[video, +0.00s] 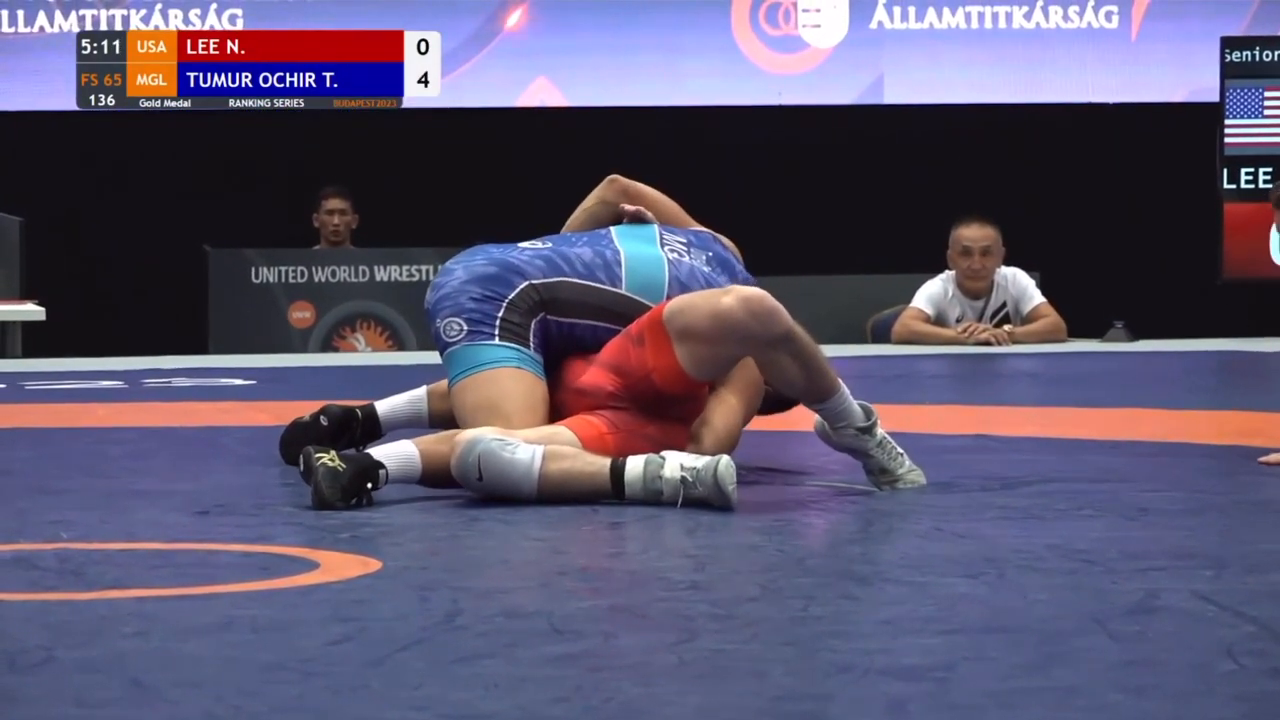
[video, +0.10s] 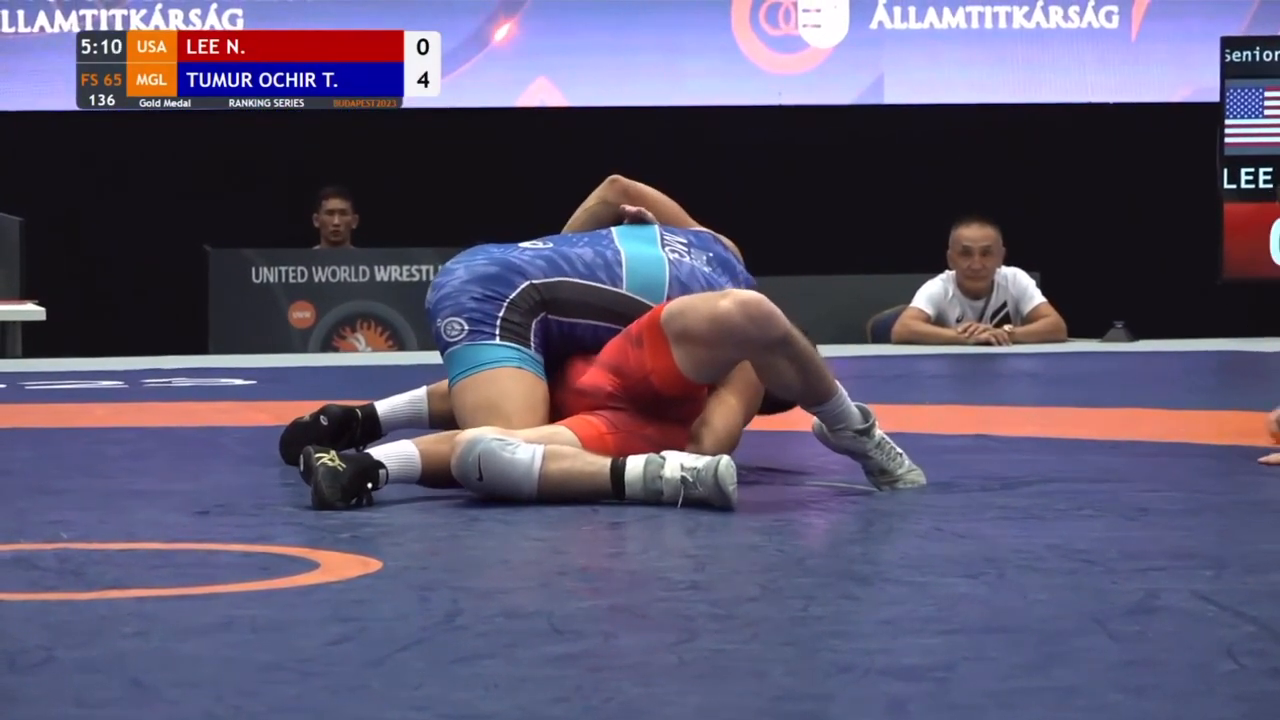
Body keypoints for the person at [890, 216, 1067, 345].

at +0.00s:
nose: (976, 264)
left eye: (986, 254)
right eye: (966, 254)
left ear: (1001, 255)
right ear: (949, 256)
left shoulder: (1015, 280)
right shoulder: (937, 288)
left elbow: (1057, 329)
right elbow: (903, 331)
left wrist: (1003, 334)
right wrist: (966, 337)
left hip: (1008, 378)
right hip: (950, 379)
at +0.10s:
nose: (976, 264)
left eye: (986, 254)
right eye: (966, 254)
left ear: (1002, 255)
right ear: (949, 256)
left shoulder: (1015, 280)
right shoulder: (937, 288)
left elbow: (1057, 329)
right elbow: (903, 331)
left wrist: (1003, 334)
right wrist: (966, 337)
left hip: (1008, 378)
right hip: (951, 379)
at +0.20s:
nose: (974, 264)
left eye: (984, 254)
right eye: (963, 254)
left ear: (999, 255)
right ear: (948, 256)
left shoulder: (1013, 280)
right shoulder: (935, 287)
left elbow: (1055, 330)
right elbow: (900, 331)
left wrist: (1002, 334)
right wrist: (964, 336)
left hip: (1006, 379)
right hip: (947, 381)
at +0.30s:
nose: (970, 265)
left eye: (980, 254)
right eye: (960, 254)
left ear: (995, 255)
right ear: (944, 257)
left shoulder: (1009, 280)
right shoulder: (932, 288)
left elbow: (1051, 329)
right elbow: (897, 331)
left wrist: (997, 334)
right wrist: (960, 337)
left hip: (1002, 379)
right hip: (944, 380)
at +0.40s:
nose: (970, 265)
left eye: (980, 254)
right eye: (960, 254)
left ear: (995, 255)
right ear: (944, 257)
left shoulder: (1009, 280)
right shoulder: (931, 288)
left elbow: (1051, 329)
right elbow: (896, 331)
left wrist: (997, 334)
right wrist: (960, 336)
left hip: (1002, 378)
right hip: (944, 380)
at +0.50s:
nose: (969, 265)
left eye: (980, 254)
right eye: (959, 254)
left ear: (995, 255)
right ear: (943, 258)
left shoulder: (1009, 280)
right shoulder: (931, 288)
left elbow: (1051, 329)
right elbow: (896, 331)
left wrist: (997, 334)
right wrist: (959, 337)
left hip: (1001, 379)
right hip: (943, 380)